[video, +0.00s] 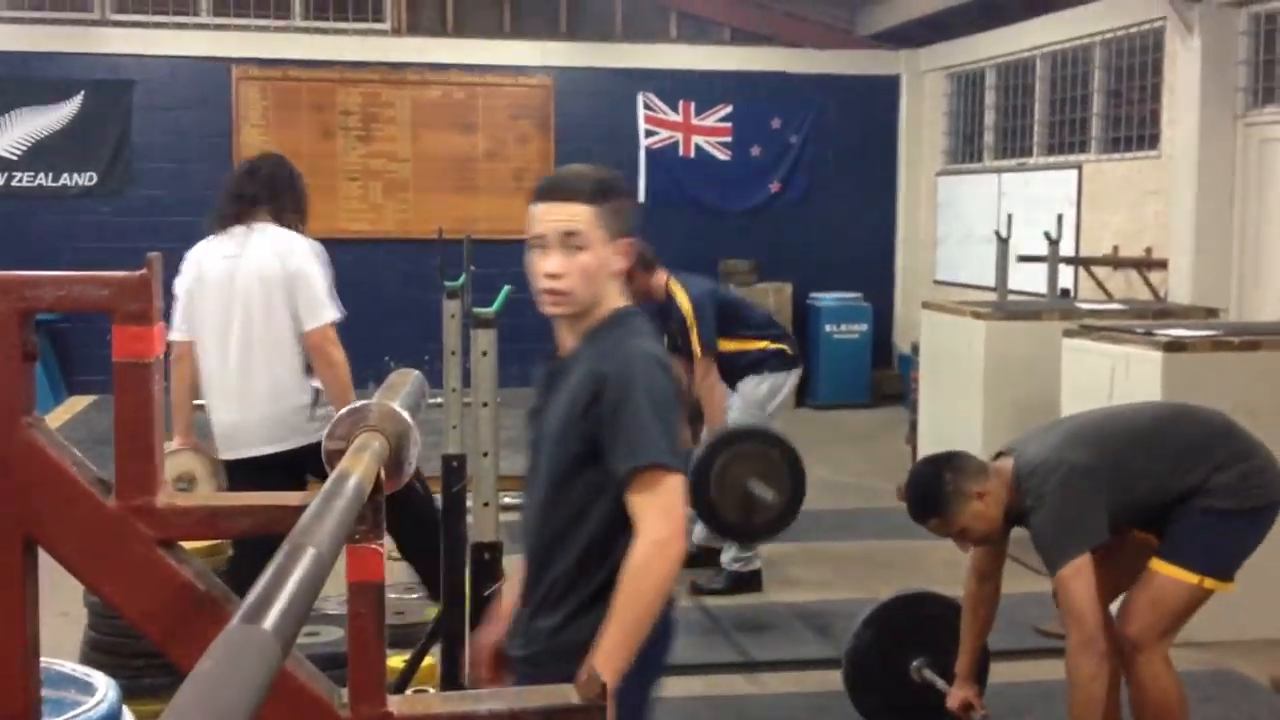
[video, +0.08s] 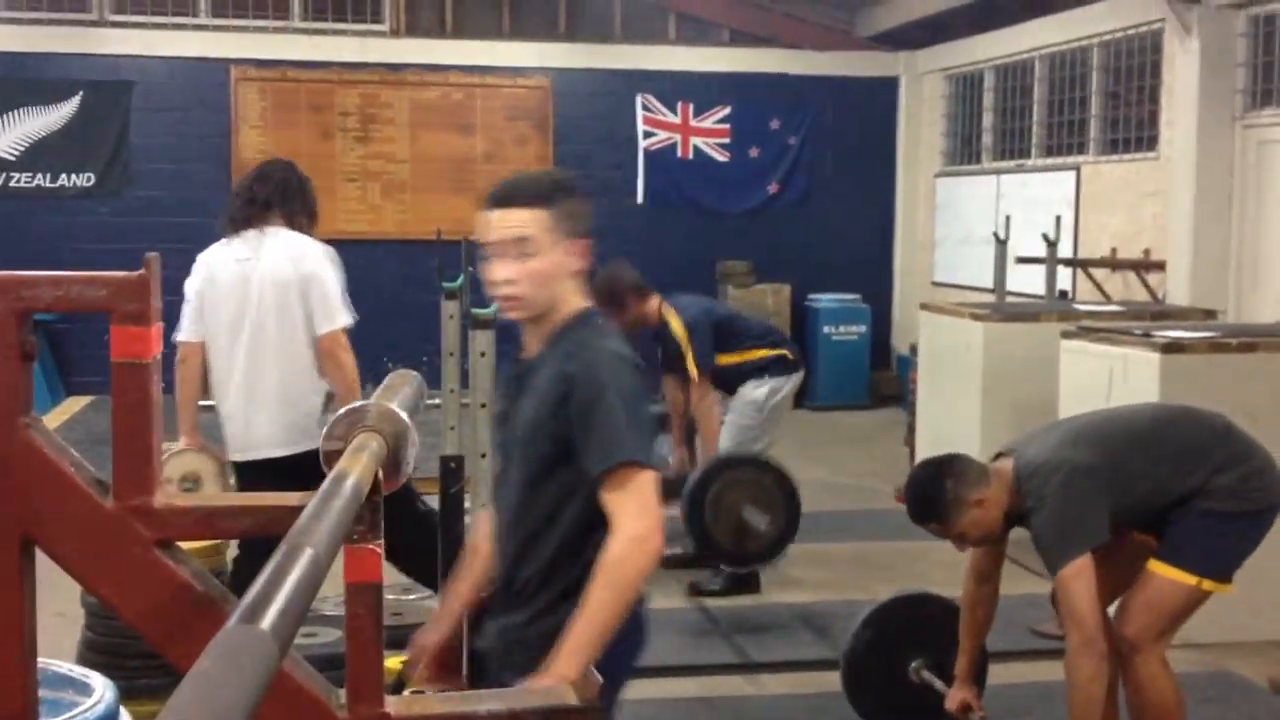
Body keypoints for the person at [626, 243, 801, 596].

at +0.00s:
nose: (628, 292)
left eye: (630, 283)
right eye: (626, 284)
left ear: (648, 275)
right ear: (644, 276)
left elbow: (708, 376)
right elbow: (683, 370)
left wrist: (718, 446)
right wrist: (688, 436)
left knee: (736, 457)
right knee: (708, 454)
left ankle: (742, 564)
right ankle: (706, 541)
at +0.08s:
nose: (616, 322)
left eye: (615, 312)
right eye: (610, 314)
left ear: (632, 299)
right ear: (635, 297)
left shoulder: (686, 319)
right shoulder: (664, 325)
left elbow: (703, 396)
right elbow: (674, 388)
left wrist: (710, 468)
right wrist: (680, 451)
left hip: (772, 371)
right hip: (747, 376)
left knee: (732, 464)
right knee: (727, 463)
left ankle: (739, 567)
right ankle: (722, 556)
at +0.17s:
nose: (613, 352)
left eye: (613, 342)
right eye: (608, 346)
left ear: (628, 327)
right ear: (630, 324)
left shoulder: (684, 343)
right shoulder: (663, 346)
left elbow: (699, 419)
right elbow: (673, 410)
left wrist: (708, 491)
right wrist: (677, 469)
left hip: (773, 380)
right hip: (750, 384)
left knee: (721, 456)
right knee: (712, 456)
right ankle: (699, 544)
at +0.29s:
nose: (614, 396)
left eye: (613, 387)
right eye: (609, 390)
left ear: (625, 372)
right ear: (628, 367)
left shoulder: (674, 385)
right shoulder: (659, 380)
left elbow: (696, 459)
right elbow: (670, 441)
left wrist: (702, 531)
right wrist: (674, 498)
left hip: (777, 391)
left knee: (713, 462)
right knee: (729, 464)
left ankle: (695, 549)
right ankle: (739, 548)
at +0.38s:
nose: (617, 406)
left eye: (613, 400)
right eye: (611, 403)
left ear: (621, 385)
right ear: (626, 376)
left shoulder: (671, 383)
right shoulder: (657, 380)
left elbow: (694, 455)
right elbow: (670, 439)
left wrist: (704, 528)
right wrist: (673, 495)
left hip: (774, 395)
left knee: (711, 465)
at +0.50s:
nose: (610, 406)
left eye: (606, 400)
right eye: (605, 402)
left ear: (615, 385)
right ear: (620, 375)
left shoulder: (662, 388)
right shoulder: (650, 381)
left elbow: (688, 461)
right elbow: (665, 445)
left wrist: (698, 535)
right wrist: (671, 503)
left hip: (769, 394)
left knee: (701, 467)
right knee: (713, 469)